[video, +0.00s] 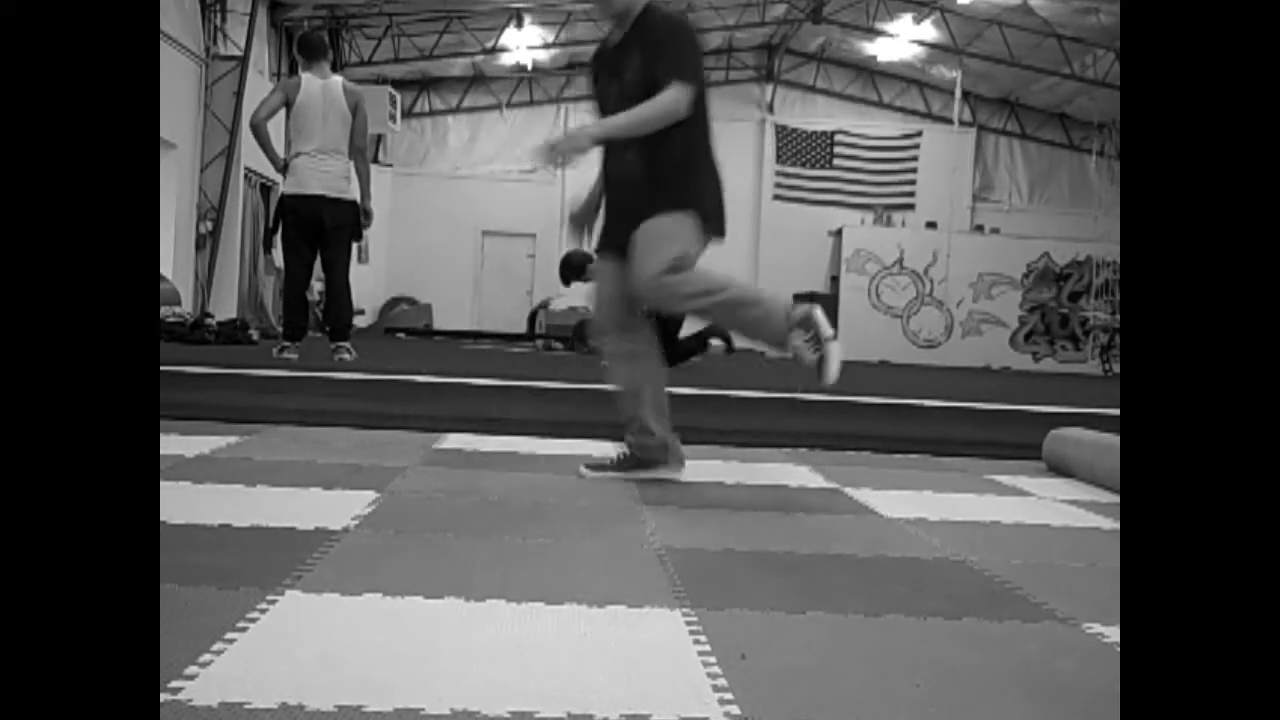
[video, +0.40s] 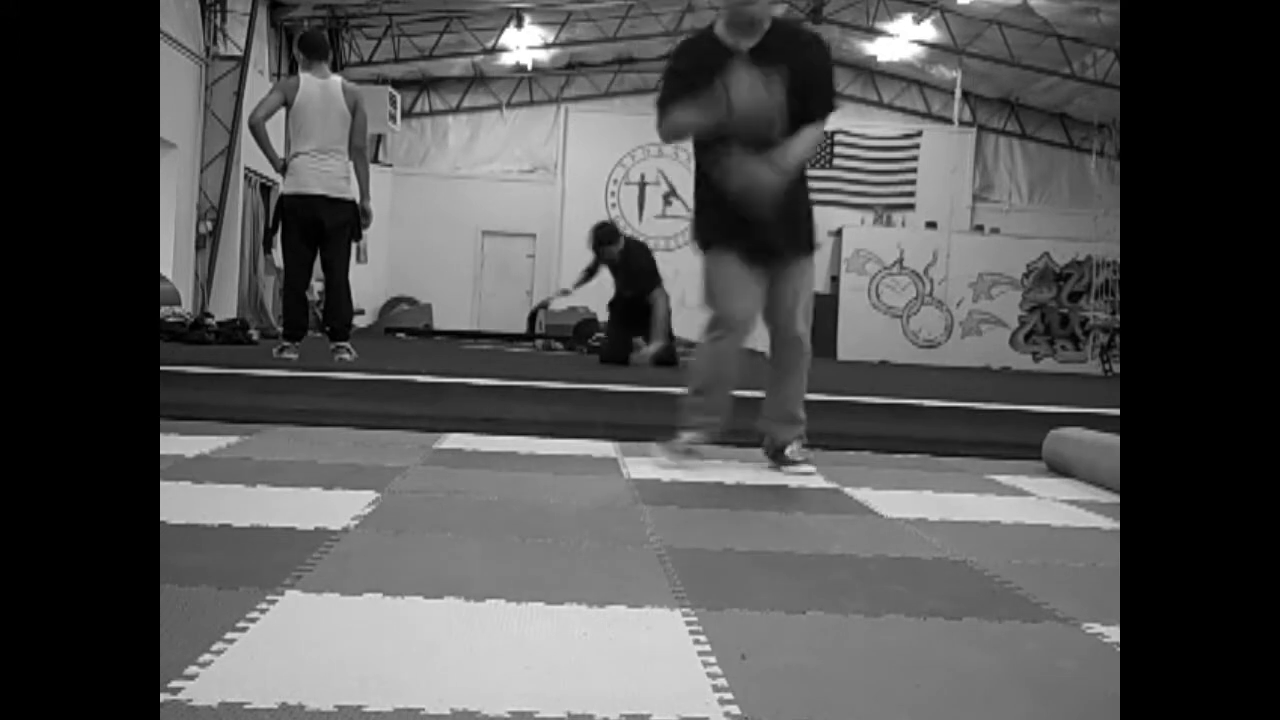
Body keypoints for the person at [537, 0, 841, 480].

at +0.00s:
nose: (594, 3)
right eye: (594, 3)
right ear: (605, 4)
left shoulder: (667, 28)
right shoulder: (605, 55)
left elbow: (679, 100)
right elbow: (621, 141)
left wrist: (592, 133)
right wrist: (593, 199)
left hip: (677, 191)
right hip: (625, 202)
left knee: (658, 277)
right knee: (618, 321)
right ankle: (652, 447)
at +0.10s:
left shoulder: (709, 5)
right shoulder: (628, 15)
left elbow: (723, 79)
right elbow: (630, 93)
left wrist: (644, 115)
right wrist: (616, 115)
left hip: (710, 145)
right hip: (655, 153)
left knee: (698, 264)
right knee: (637, 291)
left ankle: (793, 337)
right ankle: (663, 418)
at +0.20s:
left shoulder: (748, 7)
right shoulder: (661, 13)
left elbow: (757, 82)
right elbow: (618, 91)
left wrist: (671, 95)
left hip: (736, 171)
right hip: (677, 171)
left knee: (741, 285)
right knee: (656, 290)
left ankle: (786, 400)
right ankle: (674, 415)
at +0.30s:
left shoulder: (782, 28)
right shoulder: (691, 32)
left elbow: (785, 112)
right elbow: (644, 94)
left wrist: (703, 107)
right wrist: (676, 22)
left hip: (766, 209)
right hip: (701, 205)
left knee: (774, 335)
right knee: (678, 328)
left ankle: (784, 442)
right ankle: (662, 433)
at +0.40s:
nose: (751, 6)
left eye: (758, 2)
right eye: (741, 1)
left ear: (770, 2)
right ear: (720, 3)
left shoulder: (803, 47)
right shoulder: (695, 52)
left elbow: (817, 122)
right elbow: (669, 126)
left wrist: (776, 166)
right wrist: (726, 103)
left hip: (788, 202)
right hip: (725, 203)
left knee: (792, 328)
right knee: (732, 317)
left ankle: (785, 437)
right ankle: (701, 425)